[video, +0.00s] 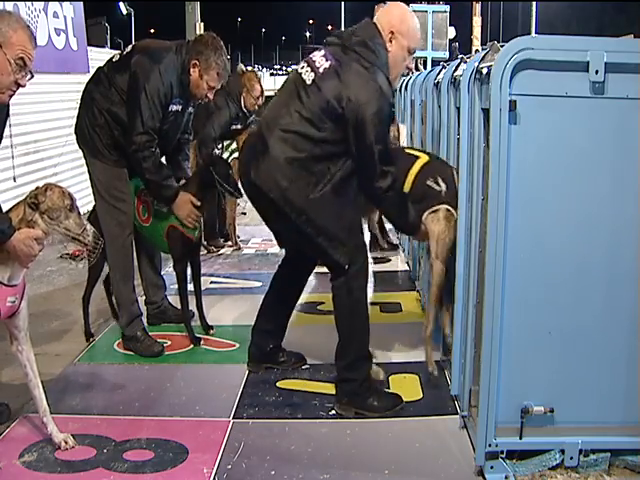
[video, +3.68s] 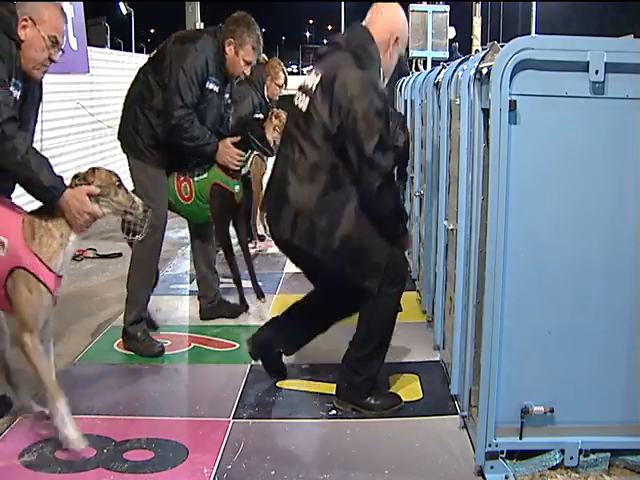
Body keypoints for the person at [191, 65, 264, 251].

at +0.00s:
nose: (258, 103)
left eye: (260, 98)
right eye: (255, 98)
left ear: (259, 94)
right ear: (242, 94)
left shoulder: (245, 108)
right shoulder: (226, 109)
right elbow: (205, 141)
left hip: (215, 142)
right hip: (199, 141)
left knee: (219, 188)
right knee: (208, 189)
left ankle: (221, 232)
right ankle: (211, 236)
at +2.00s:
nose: (261, 100)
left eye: (263, 96)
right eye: (260, 95)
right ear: (248, 89)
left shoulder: (245, 105)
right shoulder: (233, 104)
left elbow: (243, 129)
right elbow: (215, 133)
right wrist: (230, 165)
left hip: (221, 145)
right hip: (209, 146)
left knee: (224, 189)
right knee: (215, 190)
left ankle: (224, 229)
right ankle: (215, 232)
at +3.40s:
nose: (269, 94)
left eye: (270, 89)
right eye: (266, 89)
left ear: (257, 85)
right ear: (253, 85)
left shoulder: (248, 95)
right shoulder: (232, 98)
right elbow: (229, 130)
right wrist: (250, 152)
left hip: (238, 143)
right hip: (216, 146)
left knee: (243, 190)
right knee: (216, 194)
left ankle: (249, 231)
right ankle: (212, 235)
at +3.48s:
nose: (272, 94)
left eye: (273, 90)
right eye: (269, 89)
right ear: (257, 84)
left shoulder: (252, 95)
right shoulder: (237, 95)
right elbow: (234, 126)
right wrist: (255, 151)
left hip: (243, 145)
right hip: (228, 147)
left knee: (248, 192)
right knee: (244, 193)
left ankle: (251, 230)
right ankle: (246, 234)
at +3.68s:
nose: (280, 90)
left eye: (282, 86)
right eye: (278, 85)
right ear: (267, 80)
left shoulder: (268, 99)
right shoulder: (248, 95)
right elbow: (244, 125)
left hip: (257, 147)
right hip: (242, 149)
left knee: (255, 191)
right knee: (249, 193)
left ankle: (254, 229)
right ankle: (249, 232)